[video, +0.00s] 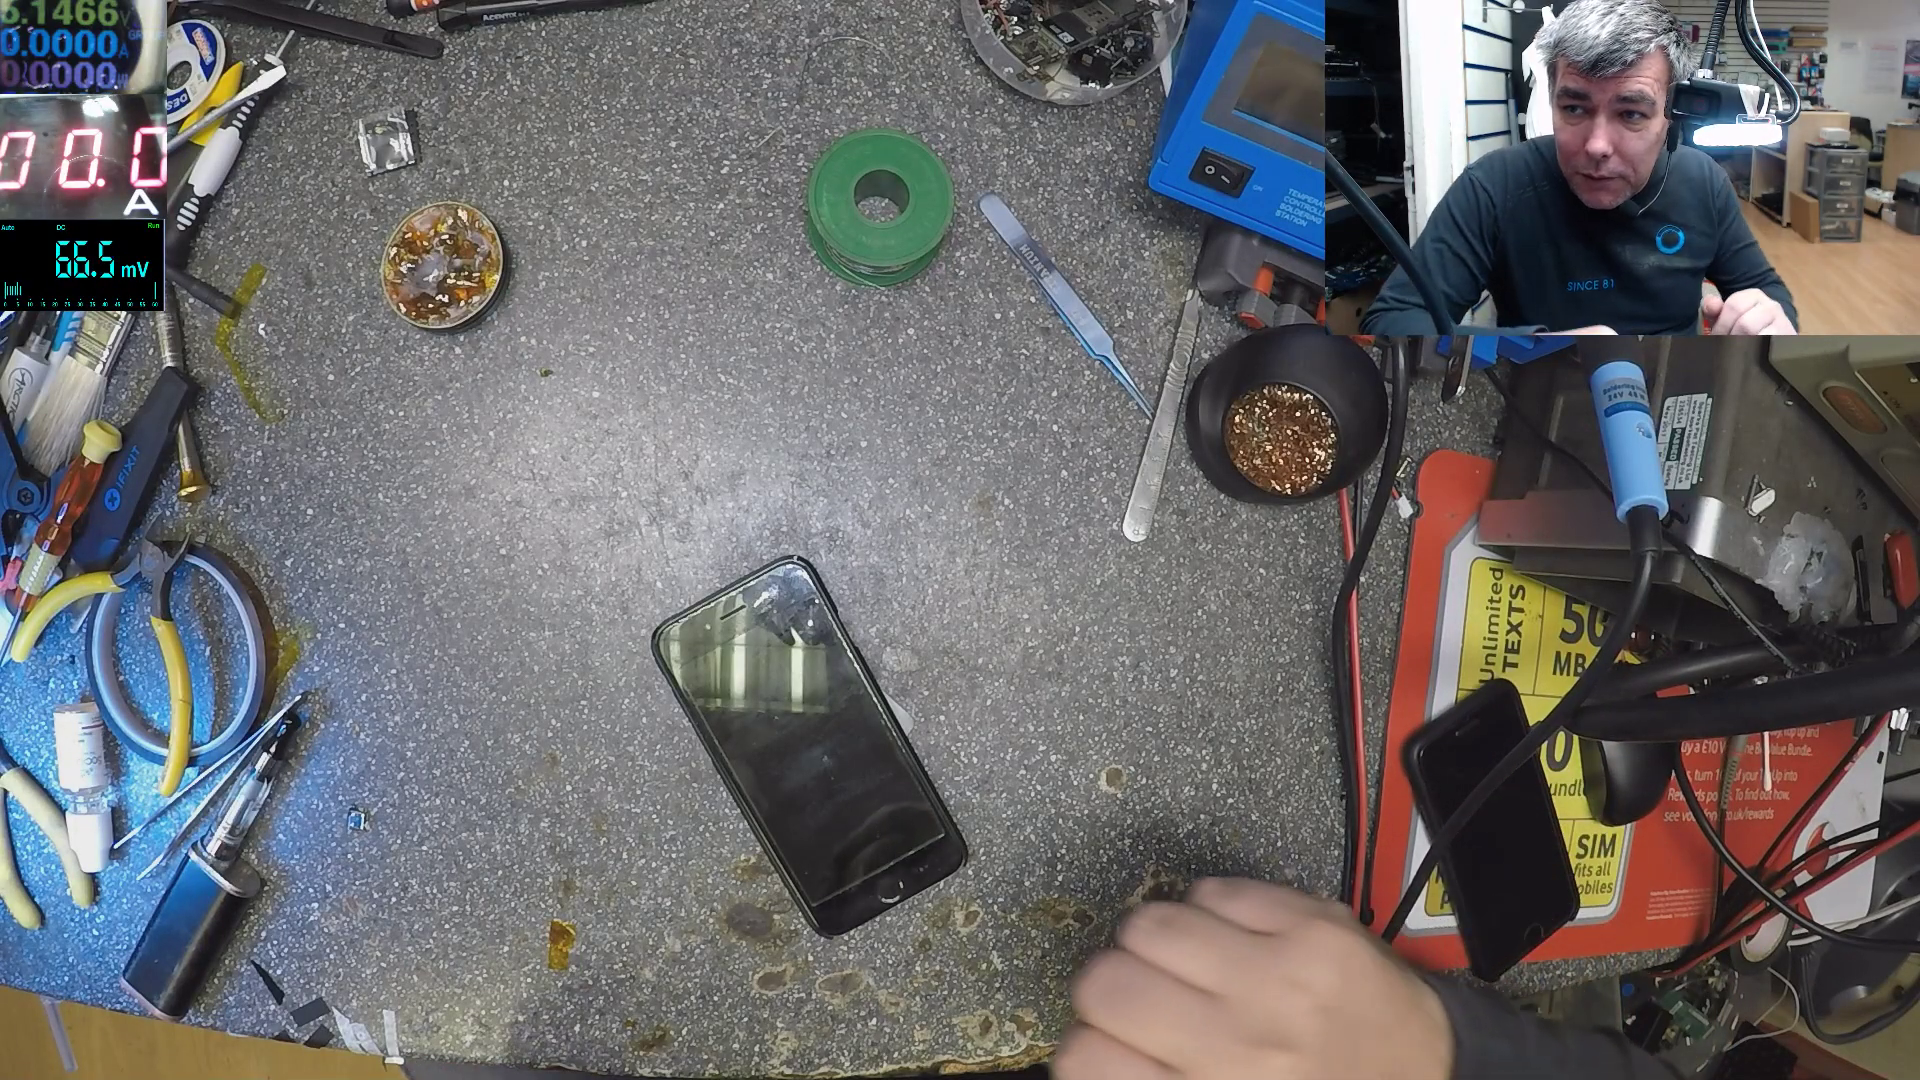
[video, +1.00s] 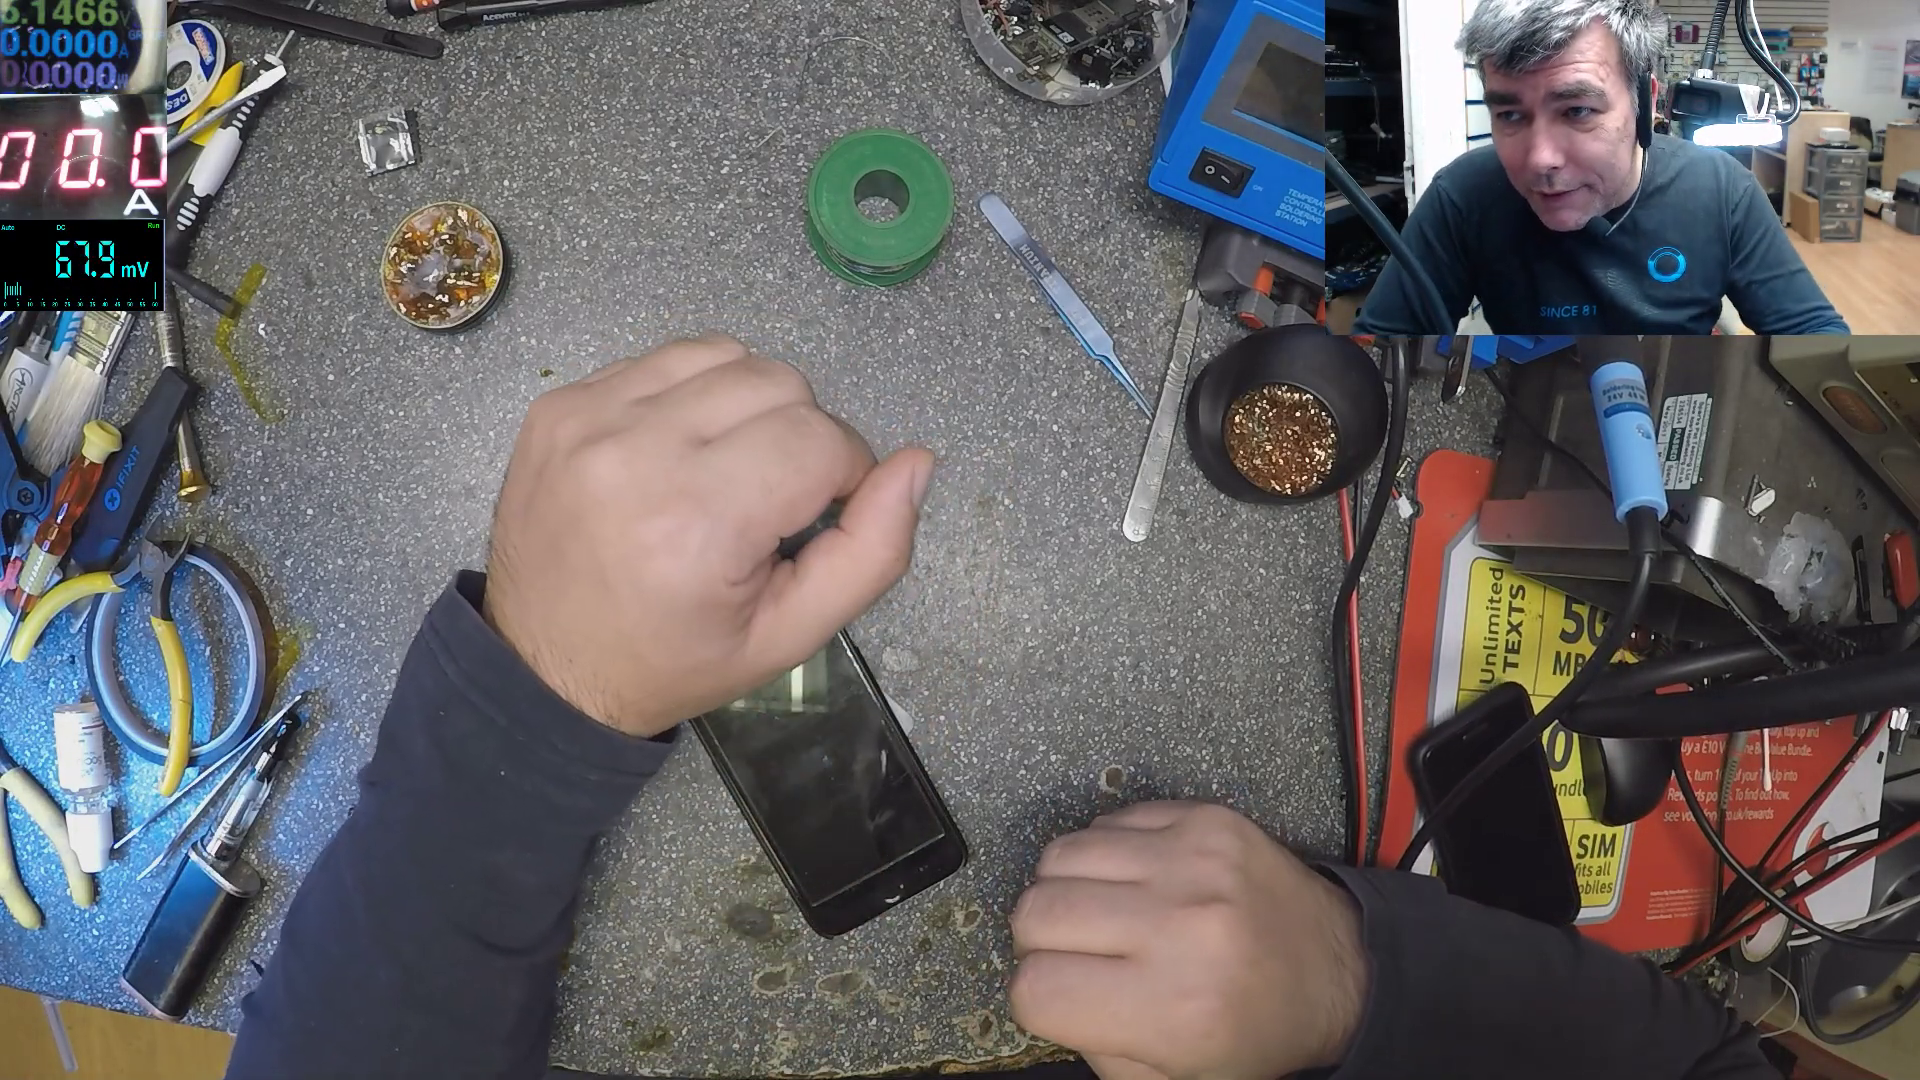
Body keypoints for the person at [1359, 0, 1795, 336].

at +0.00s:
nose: (1597, 146)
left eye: (1631, 114)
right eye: (1575, 109)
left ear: (1667, 114)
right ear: (1551, 103)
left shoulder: (1701, 185)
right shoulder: (1496, 188)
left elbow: (1771, 296)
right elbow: (1395, 315)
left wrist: (1764, 317)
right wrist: (1530, 354)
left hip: (1676, 411)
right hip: (1543, 414)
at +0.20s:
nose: (1588, 153)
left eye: (1622, 115)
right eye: (1562, 112)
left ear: (1666, 114)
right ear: (1535, 109)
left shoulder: (1710, 187)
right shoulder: (1483, 198)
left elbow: (1790, 302)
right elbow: (1391, 335)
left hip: (1675, 415)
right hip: (1535, 418)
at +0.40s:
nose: (1566, 163)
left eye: (1603, 119)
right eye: (1538, 120)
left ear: (1657, 115)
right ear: (1515, 114)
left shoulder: (1716, 195)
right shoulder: (1474, 200)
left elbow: (1813, 334)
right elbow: (1382, 343)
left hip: (1677, 417)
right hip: (1531, 419)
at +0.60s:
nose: (1545, 176)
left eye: (1582, 128)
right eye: (1516, 131)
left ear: (1652, 118)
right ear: (1493, 124)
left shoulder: (1722, 198)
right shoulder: (1464, 205)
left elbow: (1828, 344)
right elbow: (1373, 352)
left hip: (1681, 438)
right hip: (1525, 440)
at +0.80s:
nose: (1541, 170)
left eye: (1578, 120)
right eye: (1508, 125)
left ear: (1648, 112)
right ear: (1486, 119)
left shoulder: (1719, 195)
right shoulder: (1461, 199)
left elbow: (1823, 345)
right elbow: (1375, 349)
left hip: (1678, 436)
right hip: (1521, 437)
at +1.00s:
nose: (1541, 159)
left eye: (1577, 112)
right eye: (1511, 116)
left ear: (1645, 103)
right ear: (1489, 113)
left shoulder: (1719, 192)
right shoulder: (1464, 198)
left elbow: (1817, 340)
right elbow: (1380, 349)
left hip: (1685, 431)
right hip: (1530, 433)